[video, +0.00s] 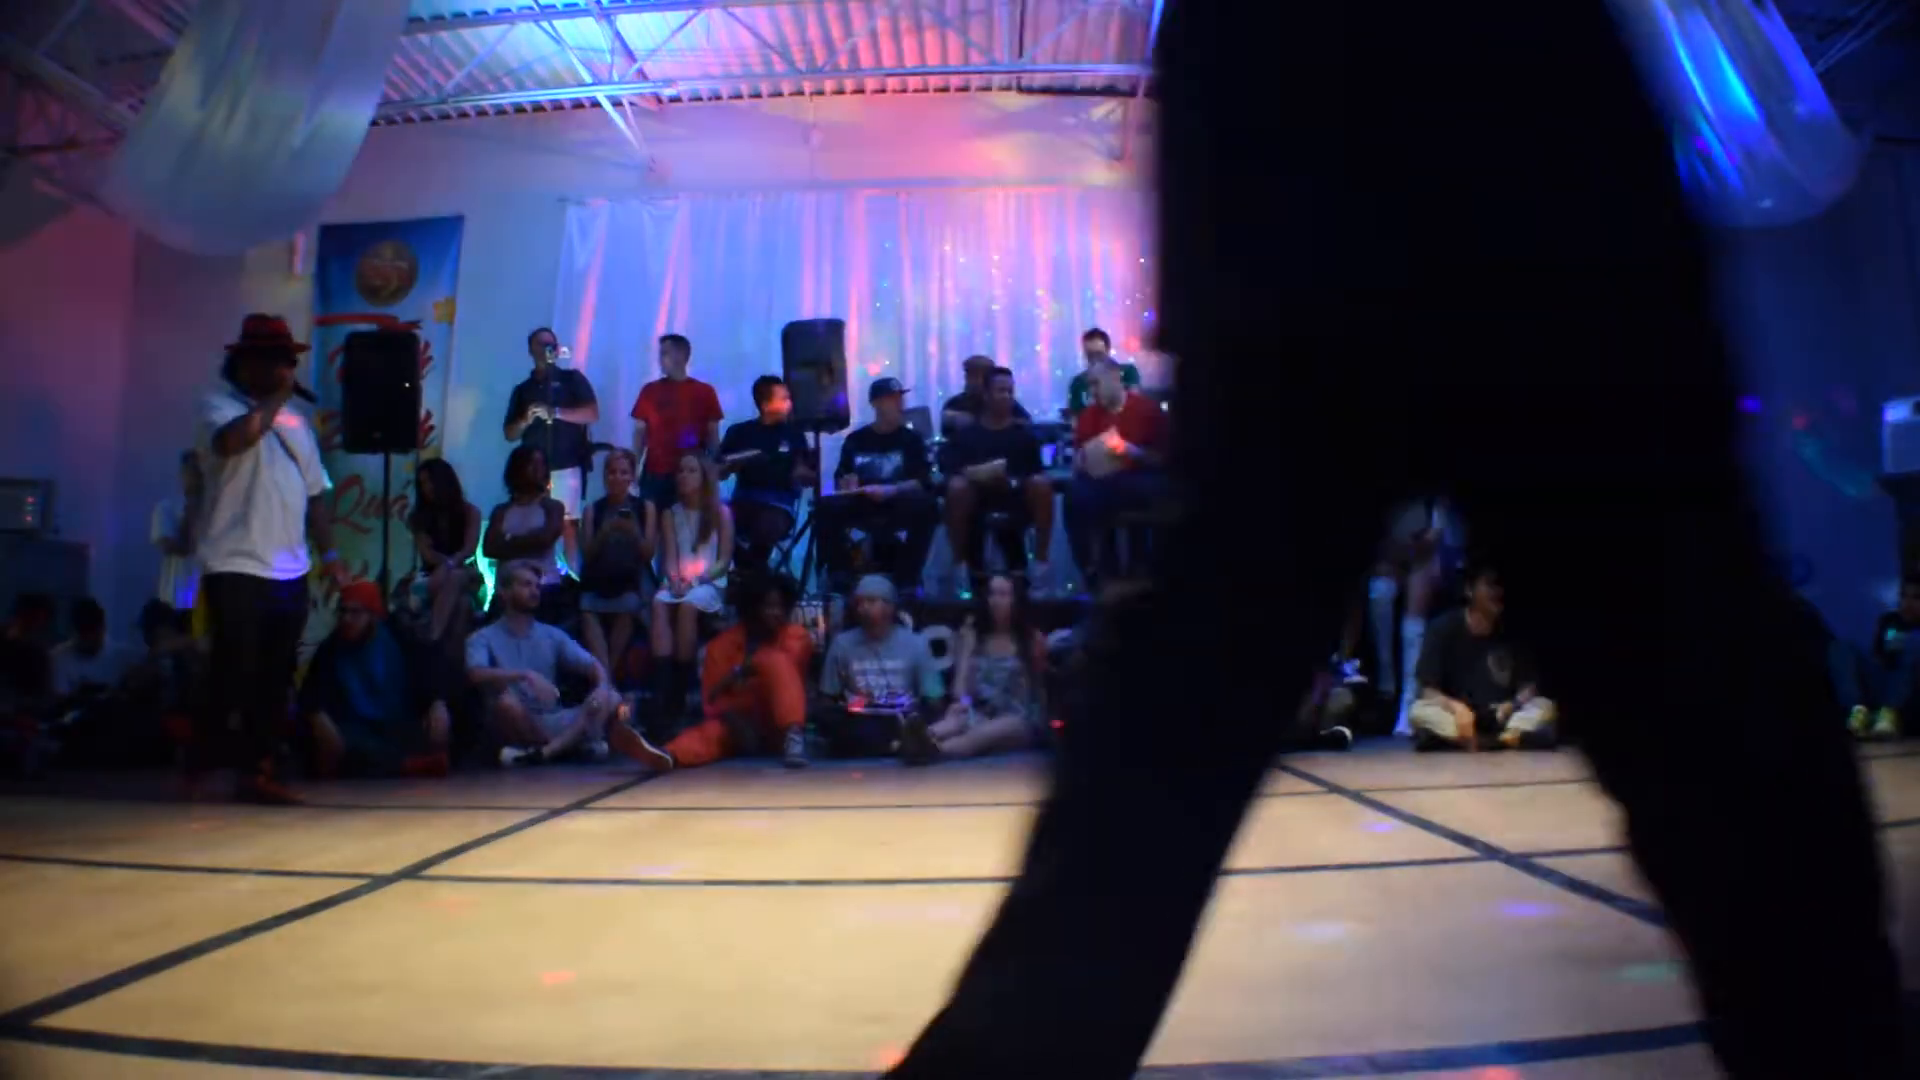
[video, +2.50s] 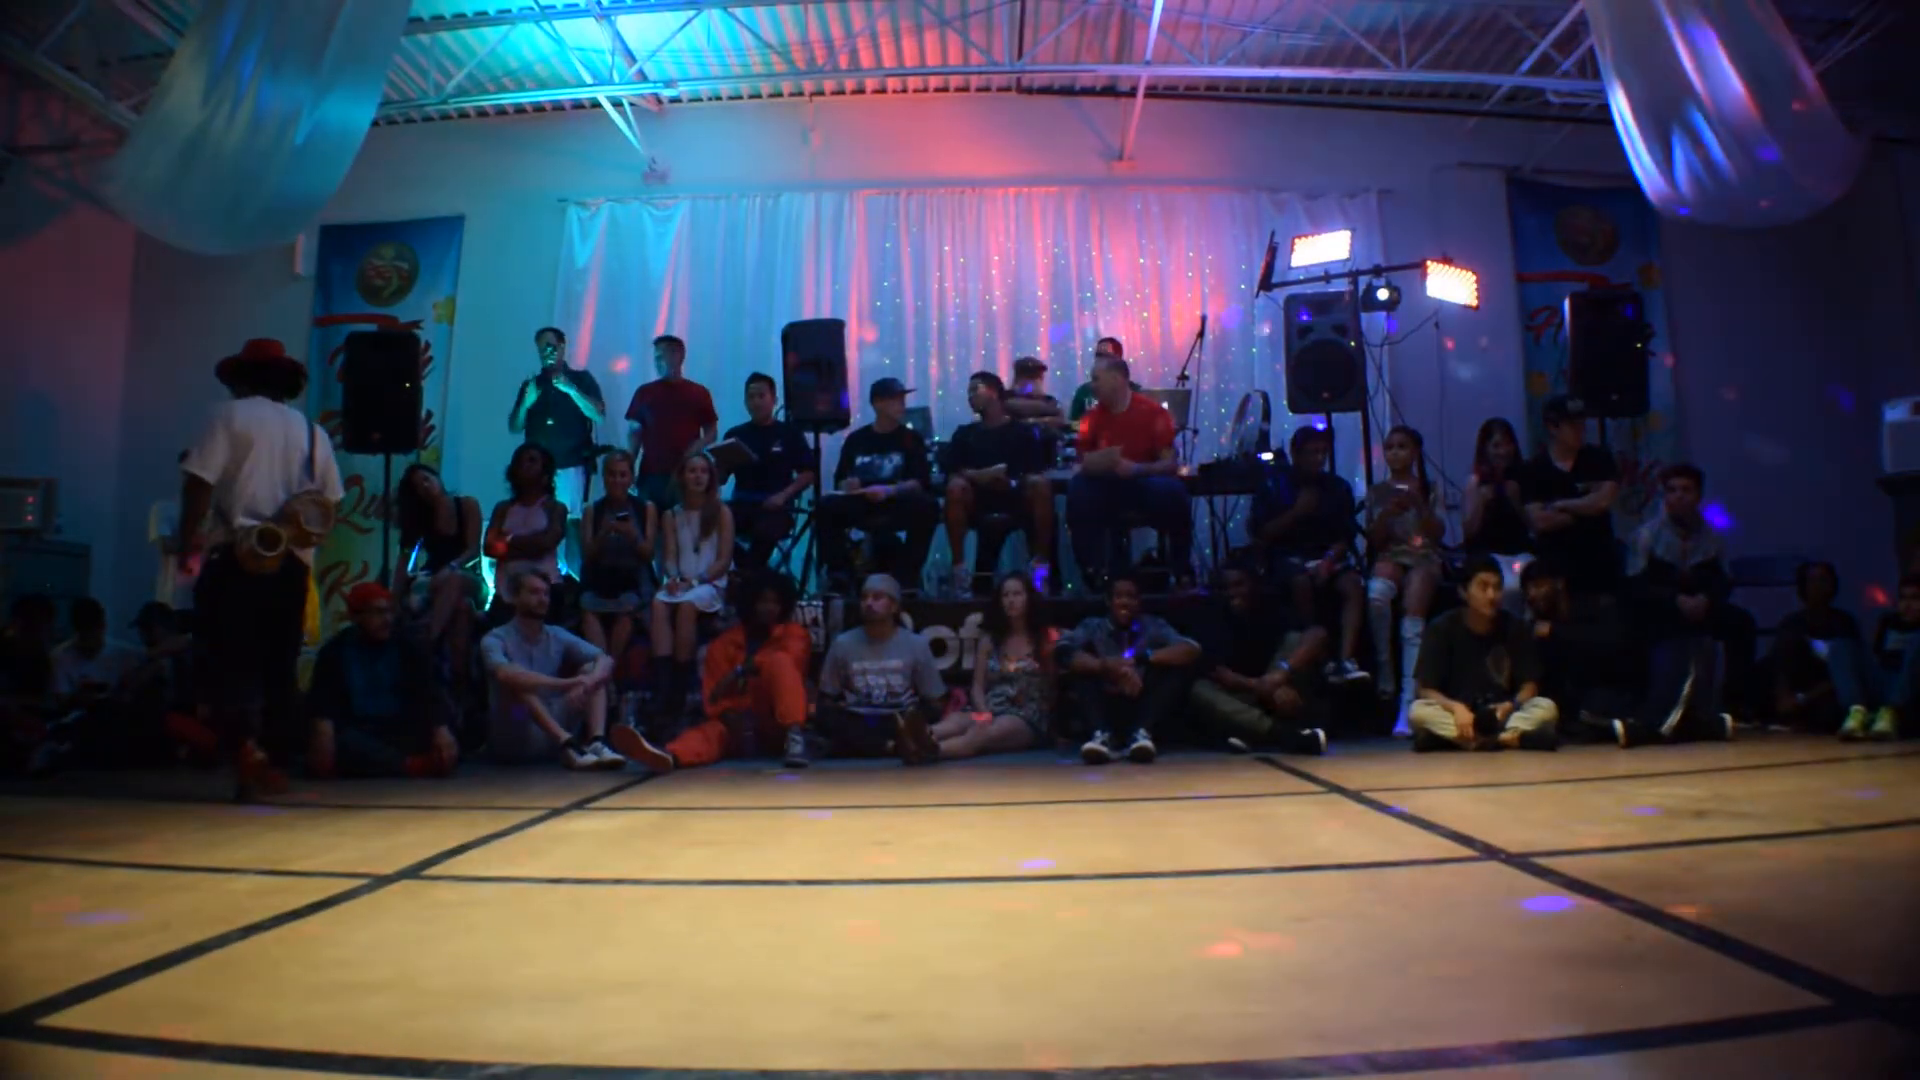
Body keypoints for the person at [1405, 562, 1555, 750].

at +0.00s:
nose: (1498, 592)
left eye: (1499, 586)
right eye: (1490, 586)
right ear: (1470, 591)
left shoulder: (1509, 630)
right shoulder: (1444, 630)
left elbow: (1529, 686)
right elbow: (1427, 690)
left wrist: (1511, 706)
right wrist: (1458, 709)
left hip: (1501, 706)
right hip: (1459, 709)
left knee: (1545, 707)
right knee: (1420, 712)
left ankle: (1504, 738)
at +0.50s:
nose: (1489, 589)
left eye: (1494, 581)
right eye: (1480, 582)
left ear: (1501, 587)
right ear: (1465, 590)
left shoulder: (1514, 626)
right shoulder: (1444, 628)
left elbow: (1530, 683)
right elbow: (1424, 688)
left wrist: (1512, 704)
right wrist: (1458, 711)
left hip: (1501, 704)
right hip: (1458, 706)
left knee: (1545, 707)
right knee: (1419, 711)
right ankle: (1508, 740)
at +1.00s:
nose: (1473, 592)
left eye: (1482, 585)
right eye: (1467, 585)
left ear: (1497, 590)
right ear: (1461, 590)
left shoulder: (1516, 627)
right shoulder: (1442, 628)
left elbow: (1529, 685)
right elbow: (1423, 688)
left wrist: (1509, 706)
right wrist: (1456, 710)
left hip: (1501, 705)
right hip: (1457, 706)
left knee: (1545, 707)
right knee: (1417, 711)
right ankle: (1506, 739)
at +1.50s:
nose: (1469, 594)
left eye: (1478, 586)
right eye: (1464, 586)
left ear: (1497, 591)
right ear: (1458, 591)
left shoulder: (1516, 628)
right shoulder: (1442, 628)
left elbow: (1530, 685)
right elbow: (1425, 690)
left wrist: (1510, 706)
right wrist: (1457, 708)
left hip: (1502, 705)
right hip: (1458, 705)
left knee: (1546, 708)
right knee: (1418, 711)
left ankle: (1463, 742)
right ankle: (1506, 740)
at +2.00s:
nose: (1471, 593)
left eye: (1480, 585)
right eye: (1466, 586)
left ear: (1498, 591)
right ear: (1460, 591)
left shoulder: (1516, 628)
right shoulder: (1443, 629)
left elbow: (1530, 685)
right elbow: (1425, 689)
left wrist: (1510, 706)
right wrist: (1457, 708)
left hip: (1502, 704)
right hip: (1457, 704)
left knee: (1546, 708)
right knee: (1418, 711)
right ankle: (1505, 740)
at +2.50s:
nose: (1491, 596)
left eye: (1496, 588)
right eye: (1483, 587)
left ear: (1502, 593)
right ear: (1465, 592)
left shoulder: (1513, 627)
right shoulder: (1442, 628)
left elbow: (1530, 685)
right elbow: (1425, 689)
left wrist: (1510, 706)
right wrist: (1457, 708)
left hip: (1501, 705)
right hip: (1458, 705)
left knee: (1546, 707)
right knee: (1419, 711)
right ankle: (1505, 741)